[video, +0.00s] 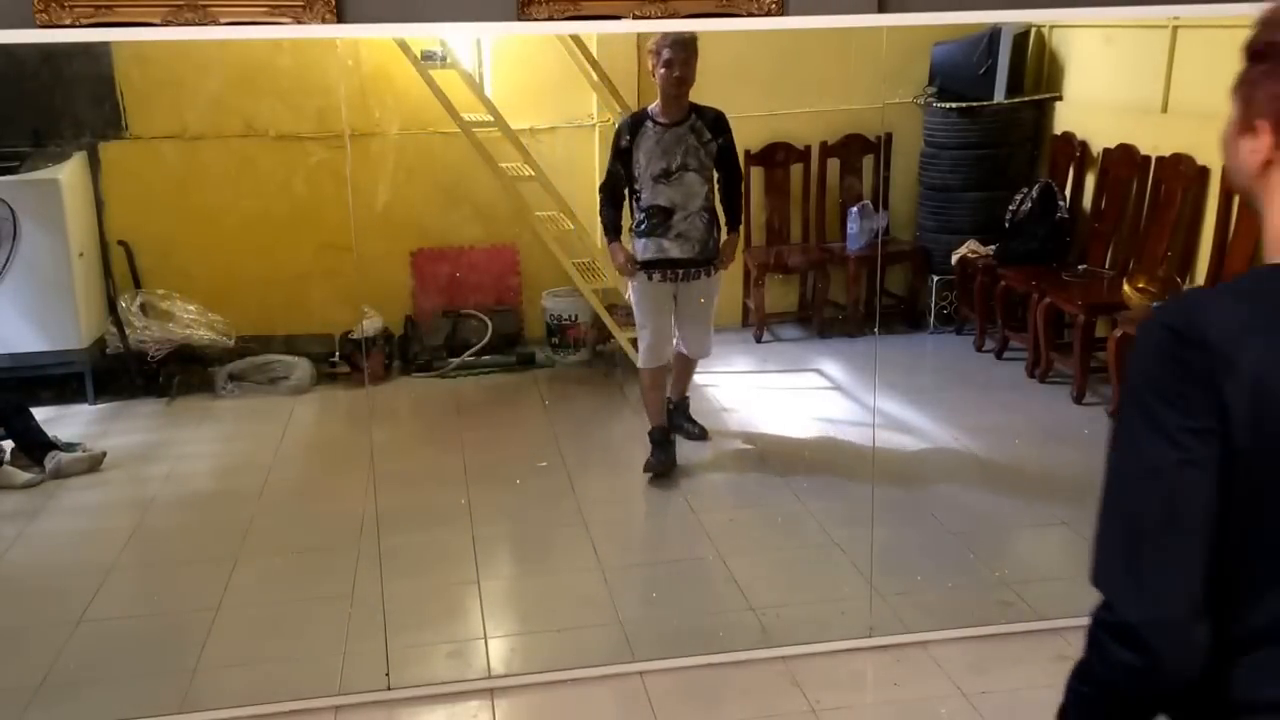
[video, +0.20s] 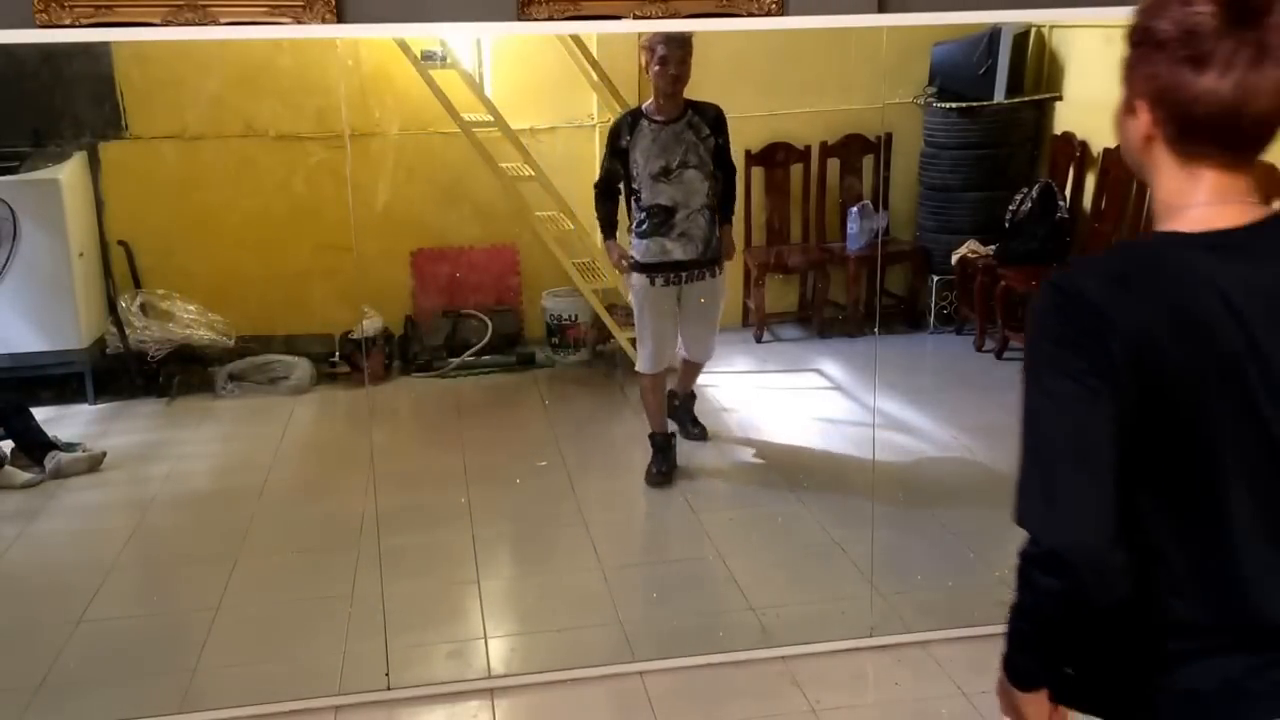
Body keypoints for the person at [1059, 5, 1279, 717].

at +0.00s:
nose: (1226, 145)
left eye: (1231, 124)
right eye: (1231, 123)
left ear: (1260, 141)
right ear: (1264, 142)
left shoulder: (1204, 336)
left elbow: (1149, 628)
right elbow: (1147, 624)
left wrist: (1088, 706)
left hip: (1239, 697)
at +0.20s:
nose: (1117, 117)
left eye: (1122, 96)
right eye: (1124, 94)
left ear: (1141, 120)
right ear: (1268, 120)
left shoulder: (1094, 304)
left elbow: (1071, 543)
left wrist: (1027, 675)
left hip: (1151, 686)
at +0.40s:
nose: (1037, 111)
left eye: (1039, 94)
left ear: (1053, 111)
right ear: (1178, 100)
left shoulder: (1012, 278)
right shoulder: (1262, 243)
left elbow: (989, 491)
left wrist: (998, 651)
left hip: (1085, 683)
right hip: (1253, 667)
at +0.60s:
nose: (1000, 113)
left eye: (999, 96)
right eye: (1000, 93)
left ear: (1015, 110)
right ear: (1132, 94)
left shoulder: (980, 272)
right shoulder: (1237, 239)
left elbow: (980, 492)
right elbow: (1279, 441)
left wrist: (993, 659)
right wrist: (1272, 621)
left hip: (1066, 666)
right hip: (1228, 650)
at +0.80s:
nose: (1000, 111)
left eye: (1001, 95)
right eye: (1002, 92)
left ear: (1017, 108)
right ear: (1129, 93)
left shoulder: (989, 263)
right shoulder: (1228, 238)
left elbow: (979, 477)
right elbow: (1268, 433)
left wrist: (951, 632)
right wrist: (1274, 589)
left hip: (1057, 654)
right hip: (1215, 641)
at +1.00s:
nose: (1040, 103)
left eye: (1041, 87)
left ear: (1054, 102)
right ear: (1167, 90)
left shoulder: (1010, 257)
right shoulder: (1255, 236)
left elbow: (973, 443)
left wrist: (966, 565)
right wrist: (1273, 564)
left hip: (1061, 631)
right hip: (1221, 627)